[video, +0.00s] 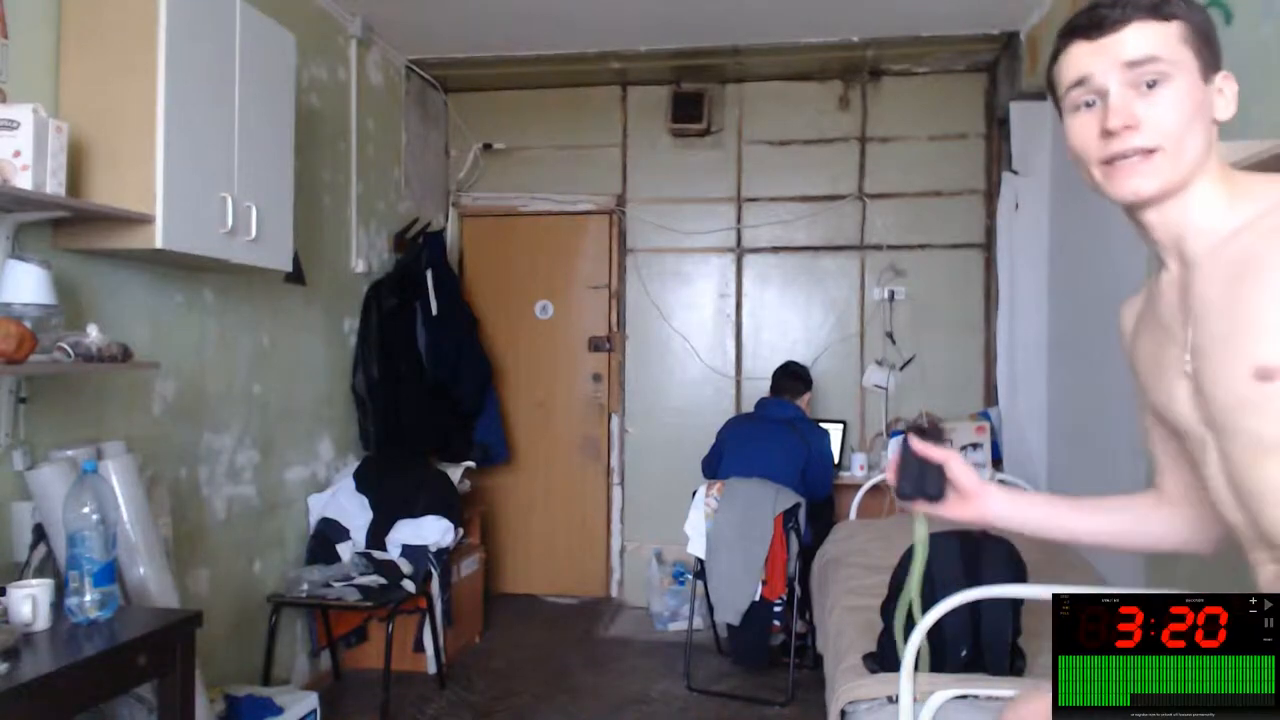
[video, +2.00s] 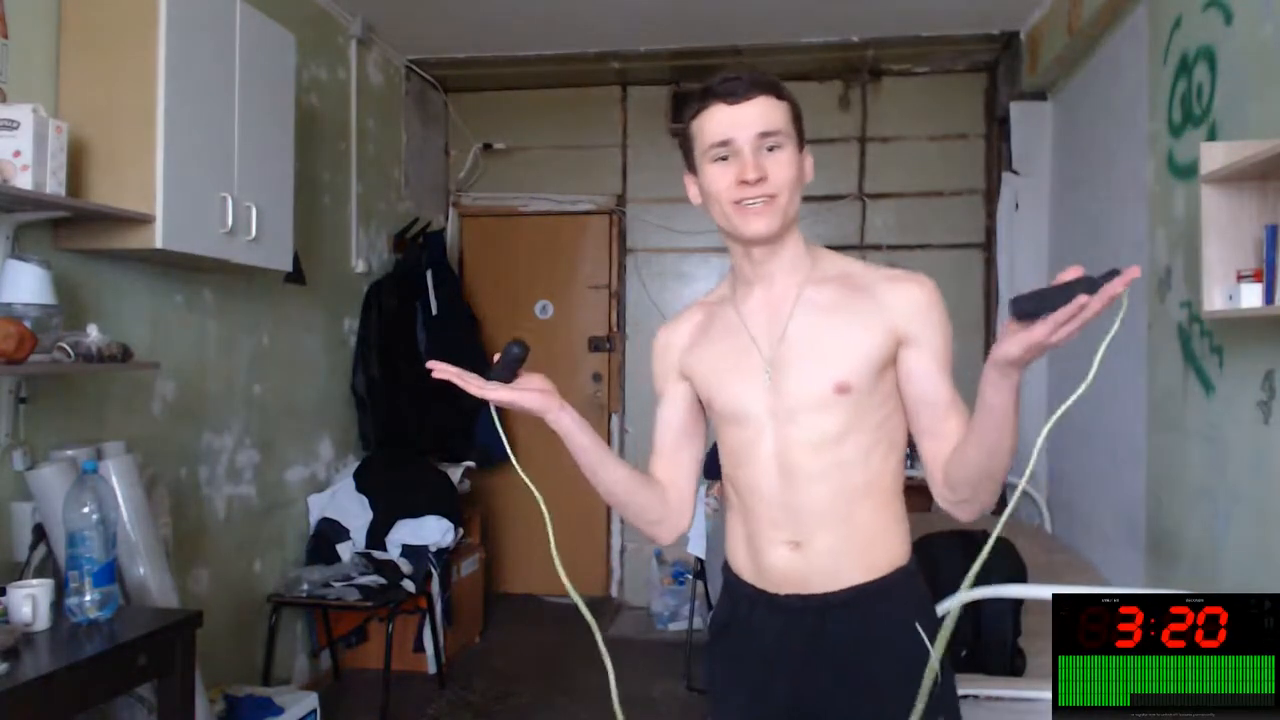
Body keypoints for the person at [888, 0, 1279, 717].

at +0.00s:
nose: (1116, 121)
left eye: (1150, 82)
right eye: (1086, 100)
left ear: (1221, 94)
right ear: (1067, 134)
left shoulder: (1270, 225)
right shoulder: (1144, 318)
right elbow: (1196, 520)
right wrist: (990, 502)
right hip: (1266, 616)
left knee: (1032, 709)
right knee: (1028, 711)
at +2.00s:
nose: (750, 171)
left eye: (770, 147)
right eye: (723, 155)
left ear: (804, 166)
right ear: (694, 190)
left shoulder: (901, 301)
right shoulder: (683, 339)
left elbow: (965, 498)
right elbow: (666, 519)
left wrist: (1008, 364)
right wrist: (557, 410)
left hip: (880, 630)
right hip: (750, 633)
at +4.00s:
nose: (756, 142)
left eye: (785, 119)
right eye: (730, 115)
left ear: (820, 152)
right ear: (690, 143)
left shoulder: (881, 317)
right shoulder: (619, 320)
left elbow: (923, 514)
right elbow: (583, 511)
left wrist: (891, 517)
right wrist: (651, 532)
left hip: (834, 674)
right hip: (678, 675)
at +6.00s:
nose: (740, 150)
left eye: (767, 120)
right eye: (712, 125)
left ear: (806, 143)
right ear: (676, 154)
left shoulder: (879, 312)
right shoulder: (614, 321)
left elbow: (923, 532)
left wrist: (910, 444)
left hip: (836, 672)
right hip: (677, 671)